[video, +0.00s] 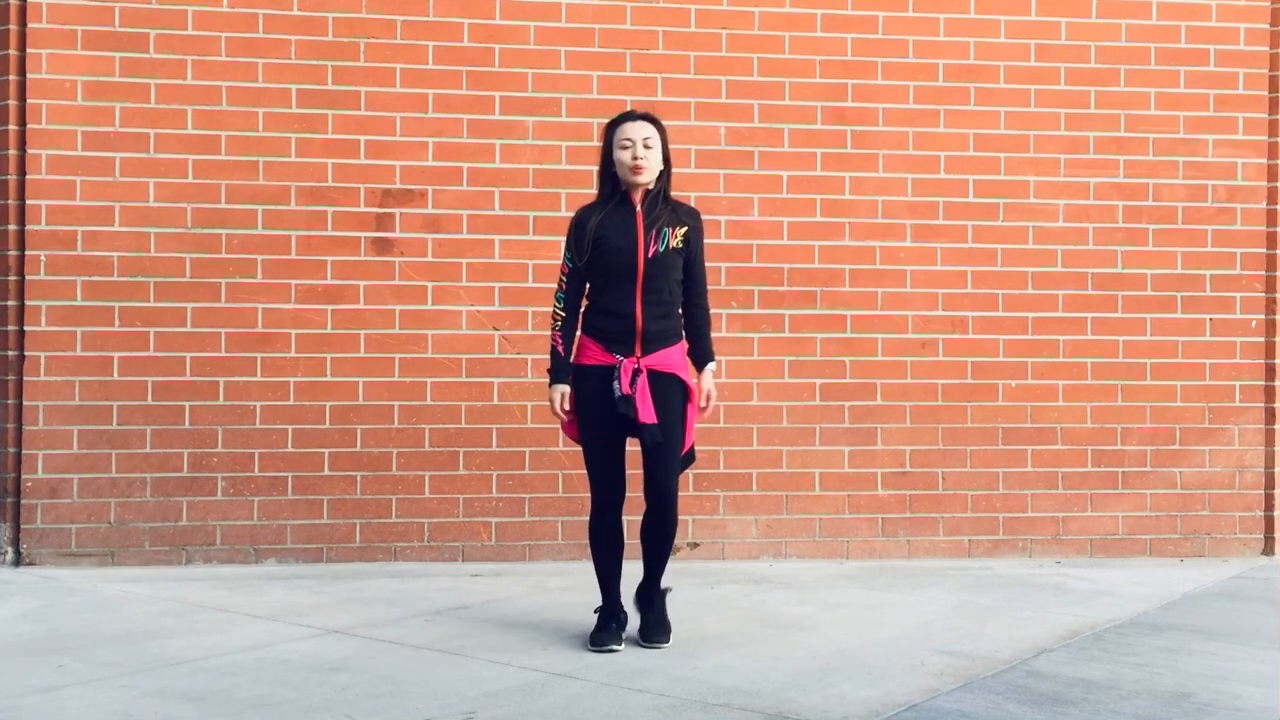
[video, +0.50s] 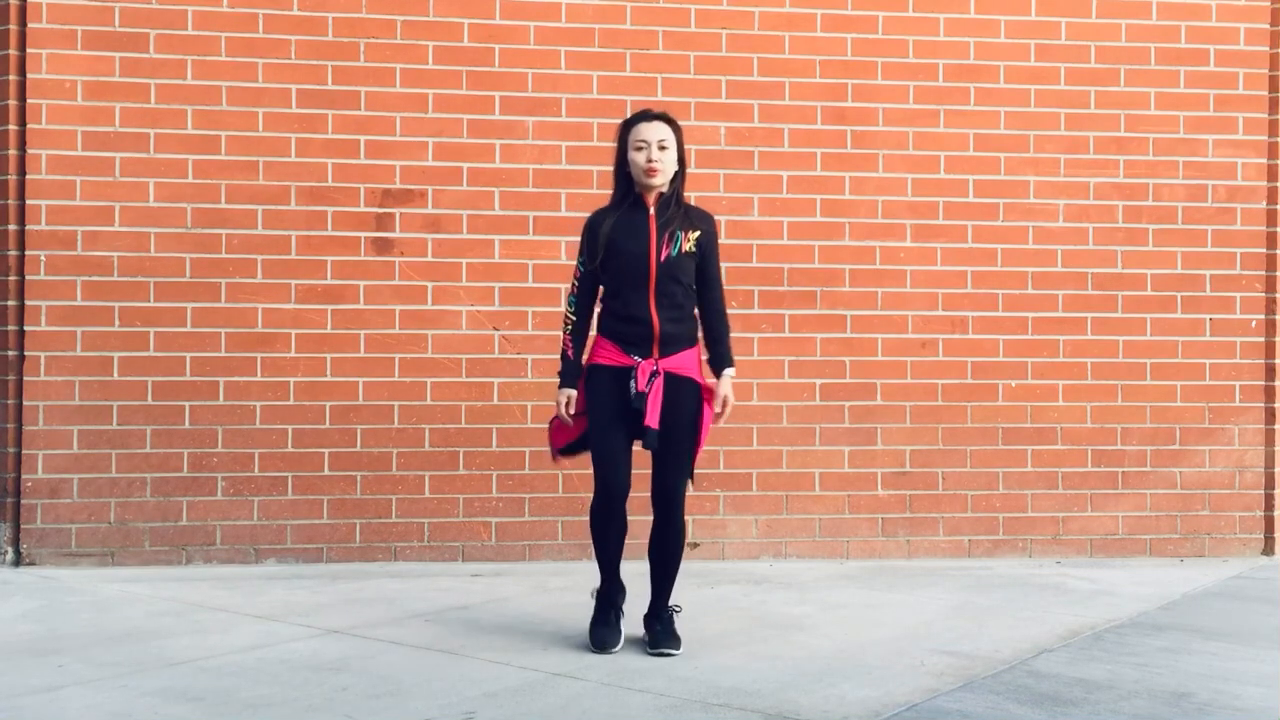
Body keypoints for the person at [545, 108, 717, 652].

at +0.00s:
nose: (638, 153)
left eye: (648, 145)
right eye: (626, 145)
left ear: (663, 155)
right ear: (610, 156)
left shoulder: (683, 219)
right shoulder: (589, 220)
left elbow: (695, 298)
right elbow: (567, 300)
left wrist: (705, 360)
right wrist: (559, 371)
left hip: (664, 368)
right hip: (598, 369)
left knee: (663, 494)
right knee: (606, 496)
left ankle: (652, 593)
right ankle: (610, 608)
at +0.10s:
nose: (637, 155)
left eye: (647, 147)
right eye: (626, 147)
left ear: (663, 157)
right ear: (610, 159)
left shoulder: (683, 225)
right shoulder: (589, 223)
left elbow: (693, 302)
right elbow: (562, 300)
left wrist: (698, 366)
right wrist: (553, 371)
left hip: (666, 367)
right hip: (598, 367)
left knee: (668, 475)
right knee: (605, 494)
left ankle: (657, 570)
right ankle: (610, 608)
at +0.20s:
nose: (639, 152)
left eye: (649, 143)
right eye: (628, 144)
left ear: (665, 152)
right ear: (612, 154)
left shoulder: (685, 220)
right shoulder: (590, 218)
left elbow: (692, 300)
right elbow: (565, 294)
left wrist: (695, 364)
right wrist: (557, 364)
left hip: (666, 363)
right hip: (600, 363)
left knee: (667, 478)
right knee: (609, 492)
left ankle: (659, 580)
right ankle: (611, 608)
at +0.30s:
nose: (642, 156)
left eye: (653, 148)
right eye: (632, 147)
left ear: (668, 158)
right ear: (616, 157)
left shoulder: (687, 227)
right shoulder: (592, 224)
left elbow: (696, 305)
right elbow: (570, 301)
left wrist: (699, 372)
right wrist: (563, 370)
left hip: (668, 372)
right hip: (602, 371)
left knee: (664, 497)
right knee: (608, 497)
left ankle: (660, 606)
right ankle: (611, 611)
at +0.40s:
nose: (648, 154)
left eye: (658, 146)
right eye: (637, 145)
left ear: (674, 155)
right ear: (621, 155)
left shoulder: (692, 224)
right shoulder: (598, 222)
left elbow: (702, 304)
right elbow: (577, 303)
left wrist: (709, 374)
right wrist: (568, 377)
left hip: (673, 370)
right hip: (607, 369)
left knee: (664, 497)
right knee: (612, 495)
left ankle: (659, 612)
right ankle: (611, 611)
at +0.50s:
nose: (652, 156)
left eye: (662, 146)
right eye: (641, 147)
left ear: (678, 156)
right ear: (625, 156)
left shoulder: (699, 224)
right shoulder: (603, 223)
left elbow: (712, 300)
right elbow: (580, 302)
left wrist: (723, 366)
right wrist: (568, 376)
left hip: (679, 373)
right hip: (611, 370)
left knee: (669, 498)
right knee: (611, 490)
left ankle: (661, 611)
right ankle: (608, 596)